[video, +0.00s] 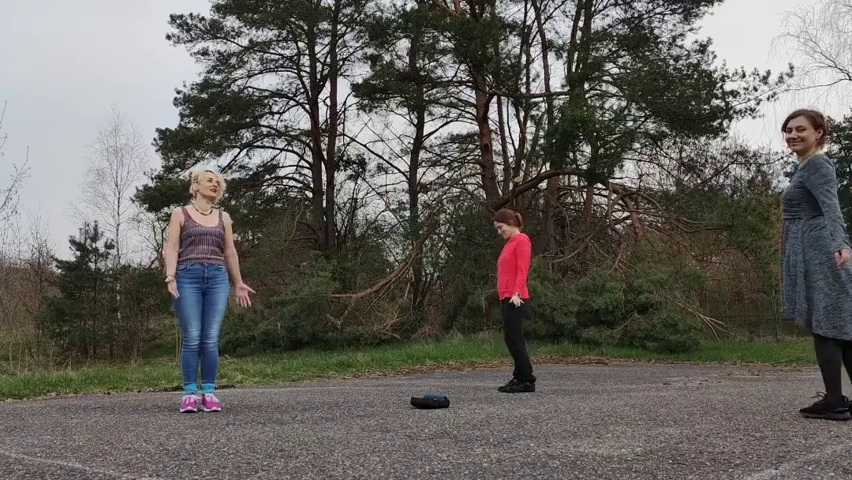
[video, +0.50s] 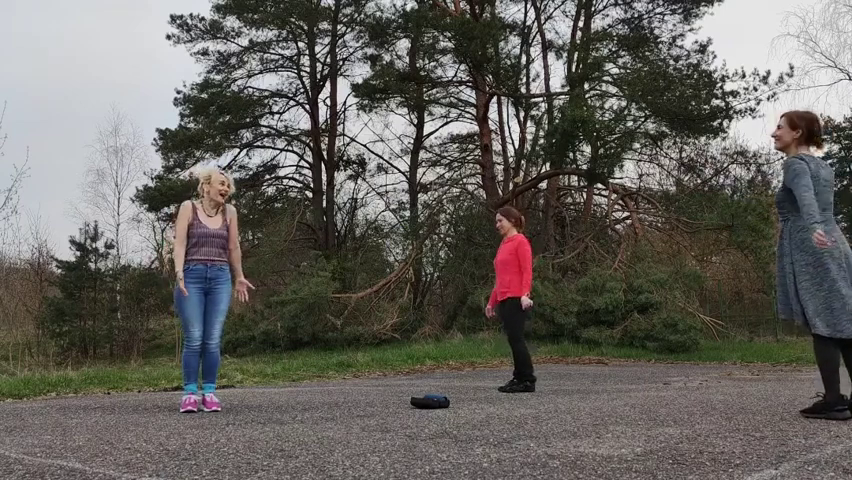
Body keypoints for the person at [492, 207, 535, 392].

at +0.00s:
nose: (499, 232)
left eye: (500, 228)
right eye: (497, 229)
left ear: (511, 224)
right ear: (506, 226)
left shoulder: (522, 241)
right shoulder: (511, 243)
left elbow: (523, 268)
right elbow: (510, 269)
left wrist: (517, 292)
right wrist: (505, 292)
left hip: (515, 298)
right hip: (506, 297)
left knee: (514, 339)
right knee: (512, 339)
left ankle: (525, 379)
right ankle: (520, 377)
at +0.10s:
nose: (498, 230)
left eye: (499, 226)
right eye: (496, 227)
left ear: (510, 223)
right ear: (504, 225)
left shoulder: (521, 240)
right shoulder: (509, 242)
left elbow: (523, 268)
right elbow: (509, 270)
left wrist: (519, 292)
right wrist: (503, 296)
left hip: (515, 297)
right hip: (507, 297)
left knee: (516, 339)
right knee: (513, 339)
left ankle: (526, 379)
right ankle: (519, 377)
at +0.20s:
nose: (498, 230)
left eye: (499, 226)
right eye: (496, 227)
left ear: (510, 223)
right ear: (501, 226)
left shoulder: (521, 240)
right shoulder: (508, 243)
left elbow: (525, 269)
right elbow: (505, 274)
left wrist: (521, 294)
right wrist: (501, 300)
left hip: (516, 297)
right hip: (507, 298)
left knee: (517, 339)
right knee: (514, 340)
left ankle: (526, 379)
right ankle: (519, 377)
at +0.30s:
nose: (498, 229)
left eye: (500, 225)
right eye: (496, 226)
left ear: (511, 222)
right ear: (499, 226)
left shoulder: (522, 241)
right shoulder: (507, 244)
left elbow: (526, 270)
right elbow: (504, 276)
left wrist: (522, 295)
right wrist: (499, 302)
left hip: (516, 298)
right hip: (506, 299)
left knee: (515, 339)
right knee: (512, 339)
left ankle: (526, 379)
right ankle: (519, 377)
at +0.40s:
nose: (497, 227)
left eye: (500, 223)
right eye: (496, 224)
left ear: (511, 222)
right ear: (505, 223)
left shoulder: (522, 242)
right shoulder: (507, 244)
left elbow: (527, 270)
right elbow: (502, 276)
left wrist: (524, 295)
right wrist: (496, 302)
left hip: (516, 298)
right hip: (505, 298)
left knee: (515, 339)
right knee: (512, 339)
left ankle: (526, 379)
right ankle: (519, 377)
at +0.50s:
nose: (497, 225)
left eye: (500, 221)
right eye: (496, 222)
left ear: (512, 221)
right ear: (500, 223)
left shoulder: (521, 241)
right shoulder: (504, 244)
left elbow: (527, 269)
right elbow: (501, 277)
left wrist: (525, 293)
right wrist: (491, 302)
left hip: (515, 297)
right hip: (504, 298)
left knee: (516, 340)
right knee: (514, 340)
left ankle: (526, 379)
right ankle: (519, 377)